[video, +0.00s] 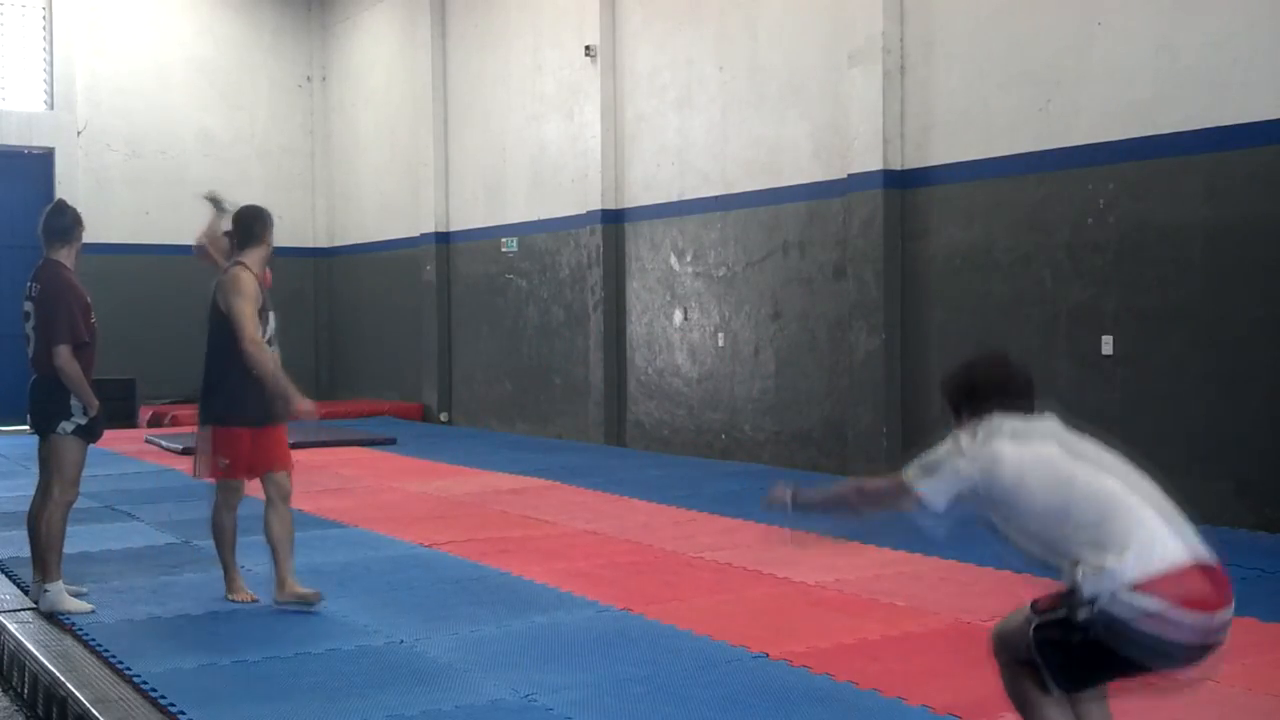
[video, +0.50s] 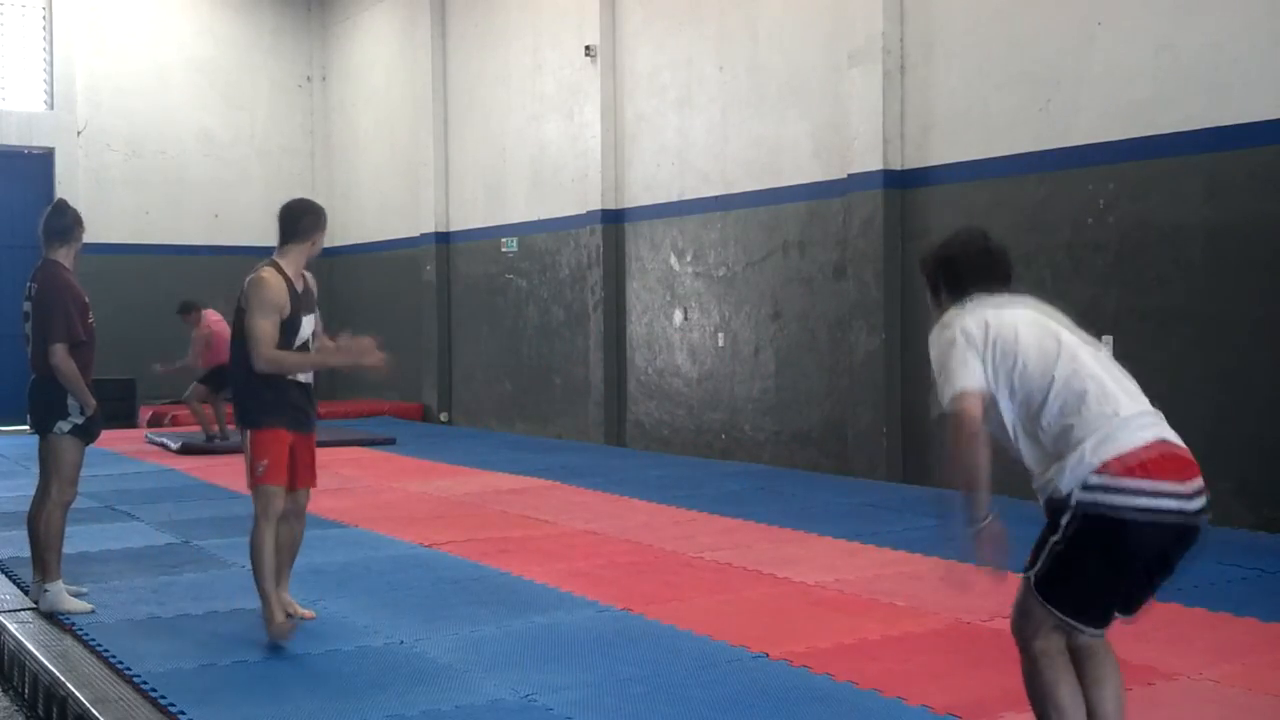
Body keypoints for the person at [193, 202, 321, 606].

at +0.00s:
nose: (274, 240)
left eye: (270, 235)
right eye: (273, 234)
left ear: (236, 237)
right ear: (267, 236)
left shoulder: (249, 275)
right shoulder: (238, 279)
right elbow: (251, 344)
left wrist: (220, 219)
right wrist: (291, 394)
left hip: (261, 405)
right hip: (231, 407)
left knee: (279, 489)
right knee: (230, 493)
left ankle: (285, 583)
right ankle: (232, 580)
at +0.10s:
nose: (283, 240)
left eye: (276, 234)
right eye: (282, 234)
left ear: (246, 237)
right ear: (278, 237)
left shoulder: (255, 276)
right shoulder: (248, 278)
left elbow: (232, 261)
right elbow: (254, 344)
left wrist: (209, 244)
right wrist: (297, 392)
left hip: (273, 408)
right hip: (243, 410)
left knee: (282, 498)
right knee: (249, 501)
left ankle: (281, 592)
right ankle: (231, 571)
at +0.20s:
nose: (293, 237)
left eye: (289, 231)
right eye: (292, 231)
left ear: (257, 235)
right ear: (289, 234)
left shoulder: (269, 275)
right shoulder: (257, 277)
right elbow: (246, 343)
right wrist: (287, 397)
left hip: (284, 404)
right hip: (255, 407)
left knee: (292, 503)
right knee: (271, 502)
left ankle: (280, 593)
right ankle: (238, 560)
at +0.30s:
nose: (306, 234)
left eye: (302, 227)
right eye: (305, 227)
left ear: (270, 230)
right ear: (300, 230)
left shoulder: (284, 278)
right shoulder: (261, 276)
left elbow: (276, 347)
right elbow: (235, 341)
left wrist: (307, 382)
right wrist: (284, 380)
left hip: (286, 401)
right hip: (258, 404)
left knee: (298, 497)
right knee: (286, 495)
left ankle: (281, 593)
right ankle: (246, 583)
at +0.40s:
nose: (317, 238)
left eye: (314, 231)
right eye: (316, 230)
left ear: (284, 229)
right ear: (309, 232)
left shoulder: (298, 280)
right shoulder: (261, 278)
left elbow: (297, 351)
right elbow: (247, 349)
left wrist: (351, 372)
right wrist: (305, 358)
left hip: (294, 401)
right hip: (262, 402)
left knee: (297, 501)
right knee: (278, 497)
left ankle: (281, 591)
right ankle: (265, 604)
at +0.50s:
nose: (323, 240)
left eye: (321, 234)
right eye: (323, 234)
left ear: (289, 231)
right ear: (316, 235)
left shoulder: (306, 281)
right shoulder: (265, 283)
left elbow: (313, 341)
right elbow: (262, 358)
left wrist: (349, 349)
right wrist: (332, 359)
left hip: (299, 412)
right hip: (267, 413)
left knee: (295, 507)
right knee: (269, 509)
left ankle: (281, 591)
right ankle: (271, 610)